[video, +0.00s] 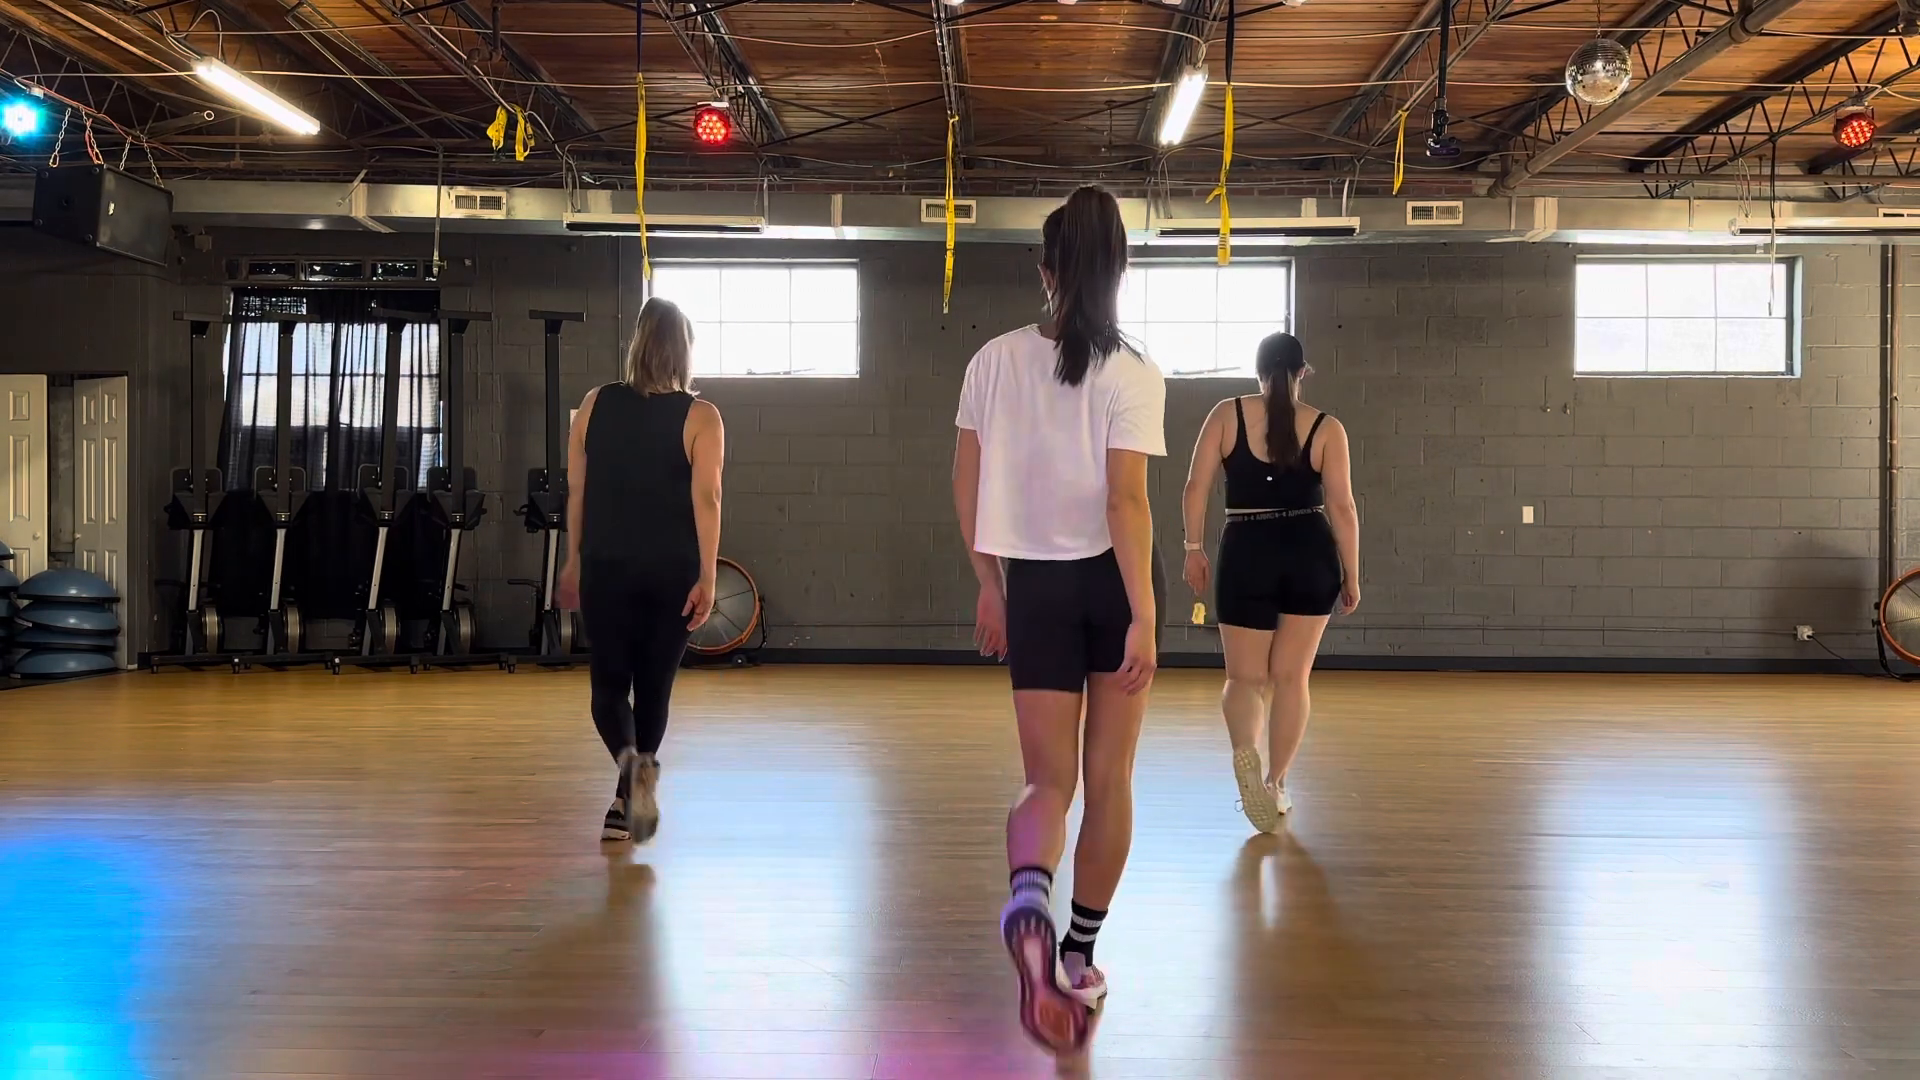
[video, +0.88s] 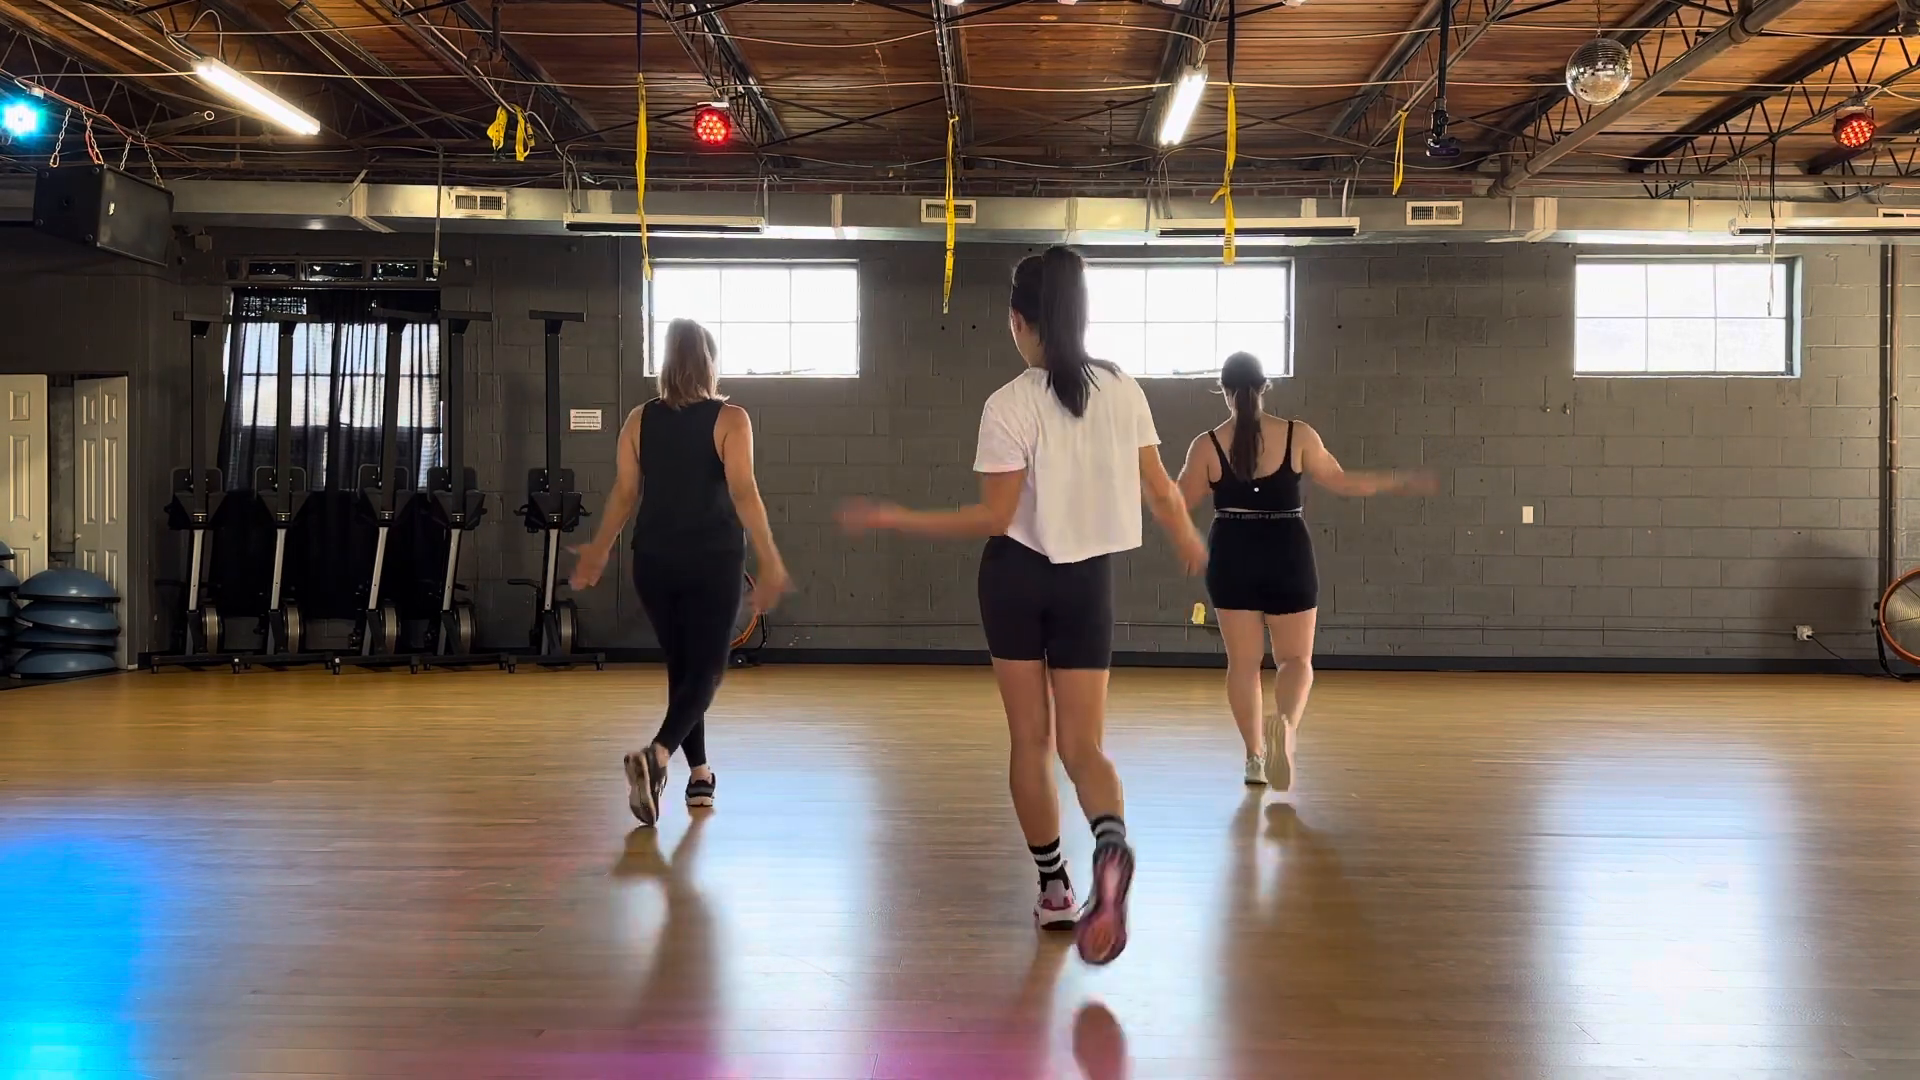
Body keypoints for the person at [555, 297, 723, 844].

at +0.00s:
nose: (687, 354)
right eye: (689, 345)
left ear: (635, 345)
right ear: (685, 350)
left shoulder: (593, 405)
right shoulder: (702, 415)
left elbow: (577, 491)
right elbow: (707, 497)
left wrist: (573, 558)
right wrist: (707, 575)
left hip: (605, 570)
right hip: (672, 572)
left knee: (608, 684)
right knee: (654, 687)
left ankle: (632, 761)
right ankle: (623, 804)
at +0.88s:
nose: (706, 364)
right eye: (708, 355)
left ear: (666, 362)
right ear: (711, 362)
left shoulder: (639, 419)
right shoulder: (730, 417)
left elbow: (625, 491)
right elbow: (743, 490)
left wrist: (598, 548)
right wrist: (770, 560)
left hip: (653, 559)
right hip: (712, 559)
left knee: (681, 665)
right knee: (705, 671)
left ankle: (698, 771)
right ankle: (656, 755)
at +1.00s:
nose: (716, 366)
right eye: (715, 358)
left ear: (672, 364)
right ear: (715, 364)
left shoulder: (648, 421)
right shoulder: (733, 416)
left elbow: (622, 489)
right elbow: (757, 484)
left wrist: (562, 496)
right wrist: (826, 512)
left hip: (660, 561)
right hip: (720, 561)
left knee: (685, 665)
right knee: (736, 659)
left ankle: (700, 773)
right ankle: (677, 692)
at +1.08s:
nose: (721, 368)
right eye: (720, 360)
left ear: (676, 366)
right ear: (719, 365)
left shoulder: (653, 421)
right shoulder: (737, 417)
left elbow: (611, 480)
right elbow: (771, 476)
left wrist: (566, 438)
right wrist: (832, 453)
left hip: (664, 558)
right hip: (725, 557)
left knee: (687, 662)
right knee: (744, 642)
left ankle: (700, 773)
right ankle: (704, 673)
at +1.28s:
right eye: (725, 358)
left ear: (687, 367)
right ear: (730, 367)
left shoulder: (662, 418)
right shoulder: (751, 419)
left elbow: (602, 449)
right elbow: (809, 450)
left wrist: (630, 394)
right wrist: (791, 409)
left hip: (679, 557)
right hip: (739, 555)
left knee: (692, 665)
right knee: (750, 643)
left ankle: (701, 769)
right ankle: (758, 732)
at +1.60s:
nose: (694, 382)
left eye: (697, 375)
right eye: (696, 375)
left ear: (707, 380)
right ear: (748, 381)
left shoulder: (688, 427)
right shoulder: (768, 427)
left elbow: (655, 467)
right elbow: (826, 455)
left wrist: (645, 446)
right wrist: (794, 465)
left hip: (711, 567)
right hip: (767, 563)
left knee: (706, 669)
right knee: (764, 655)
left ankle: (713, 759)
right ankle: (772, 752)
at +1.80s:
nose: (690, 381)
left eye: (700, 375)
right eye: (694, 373)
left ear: (727, 387)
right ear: (732, 390)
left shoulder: (713, 429)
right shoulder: (758, 429)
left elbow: (735, 476)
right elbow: (806, 457)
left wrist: (688, 502)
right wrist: (772, 493)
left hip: (732, 563)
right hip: (772, 556)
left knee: (699, 662)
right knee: (762, 651)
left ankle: (738, 752)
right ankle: (772, 749)